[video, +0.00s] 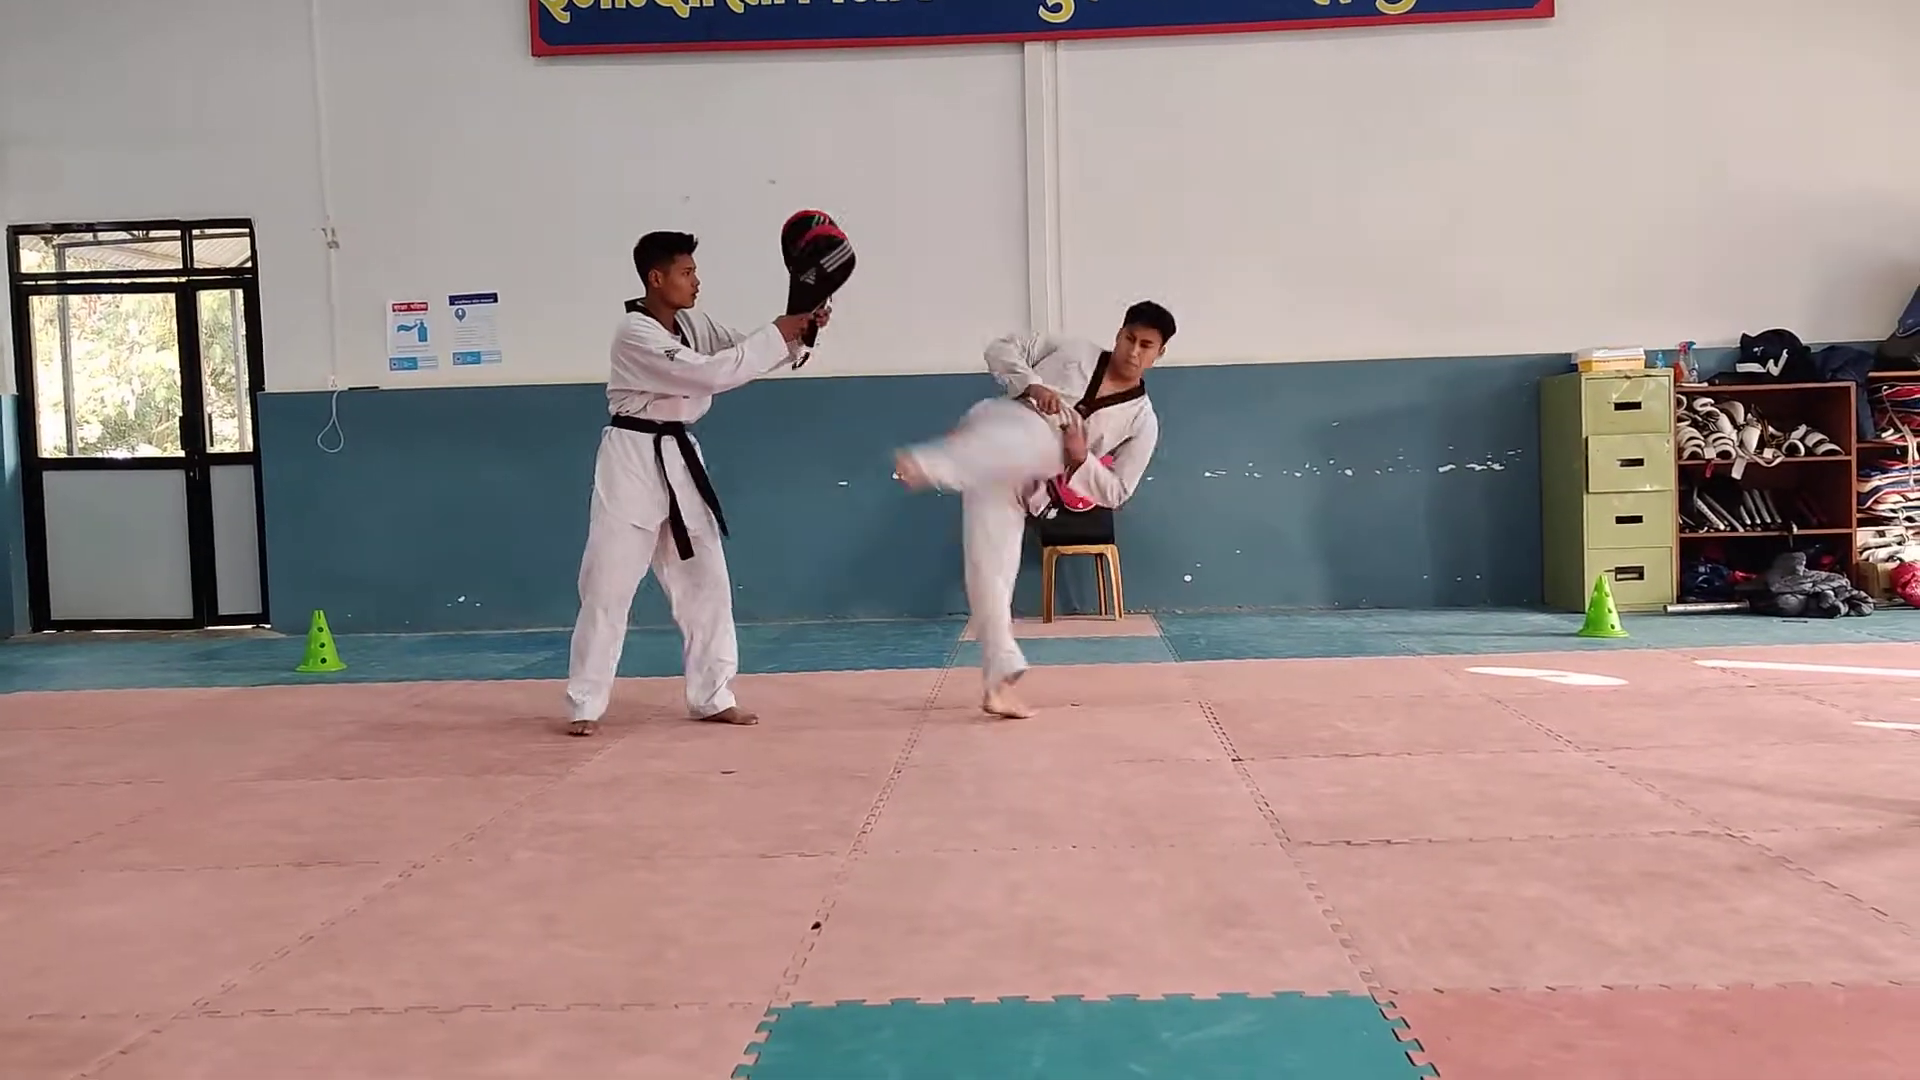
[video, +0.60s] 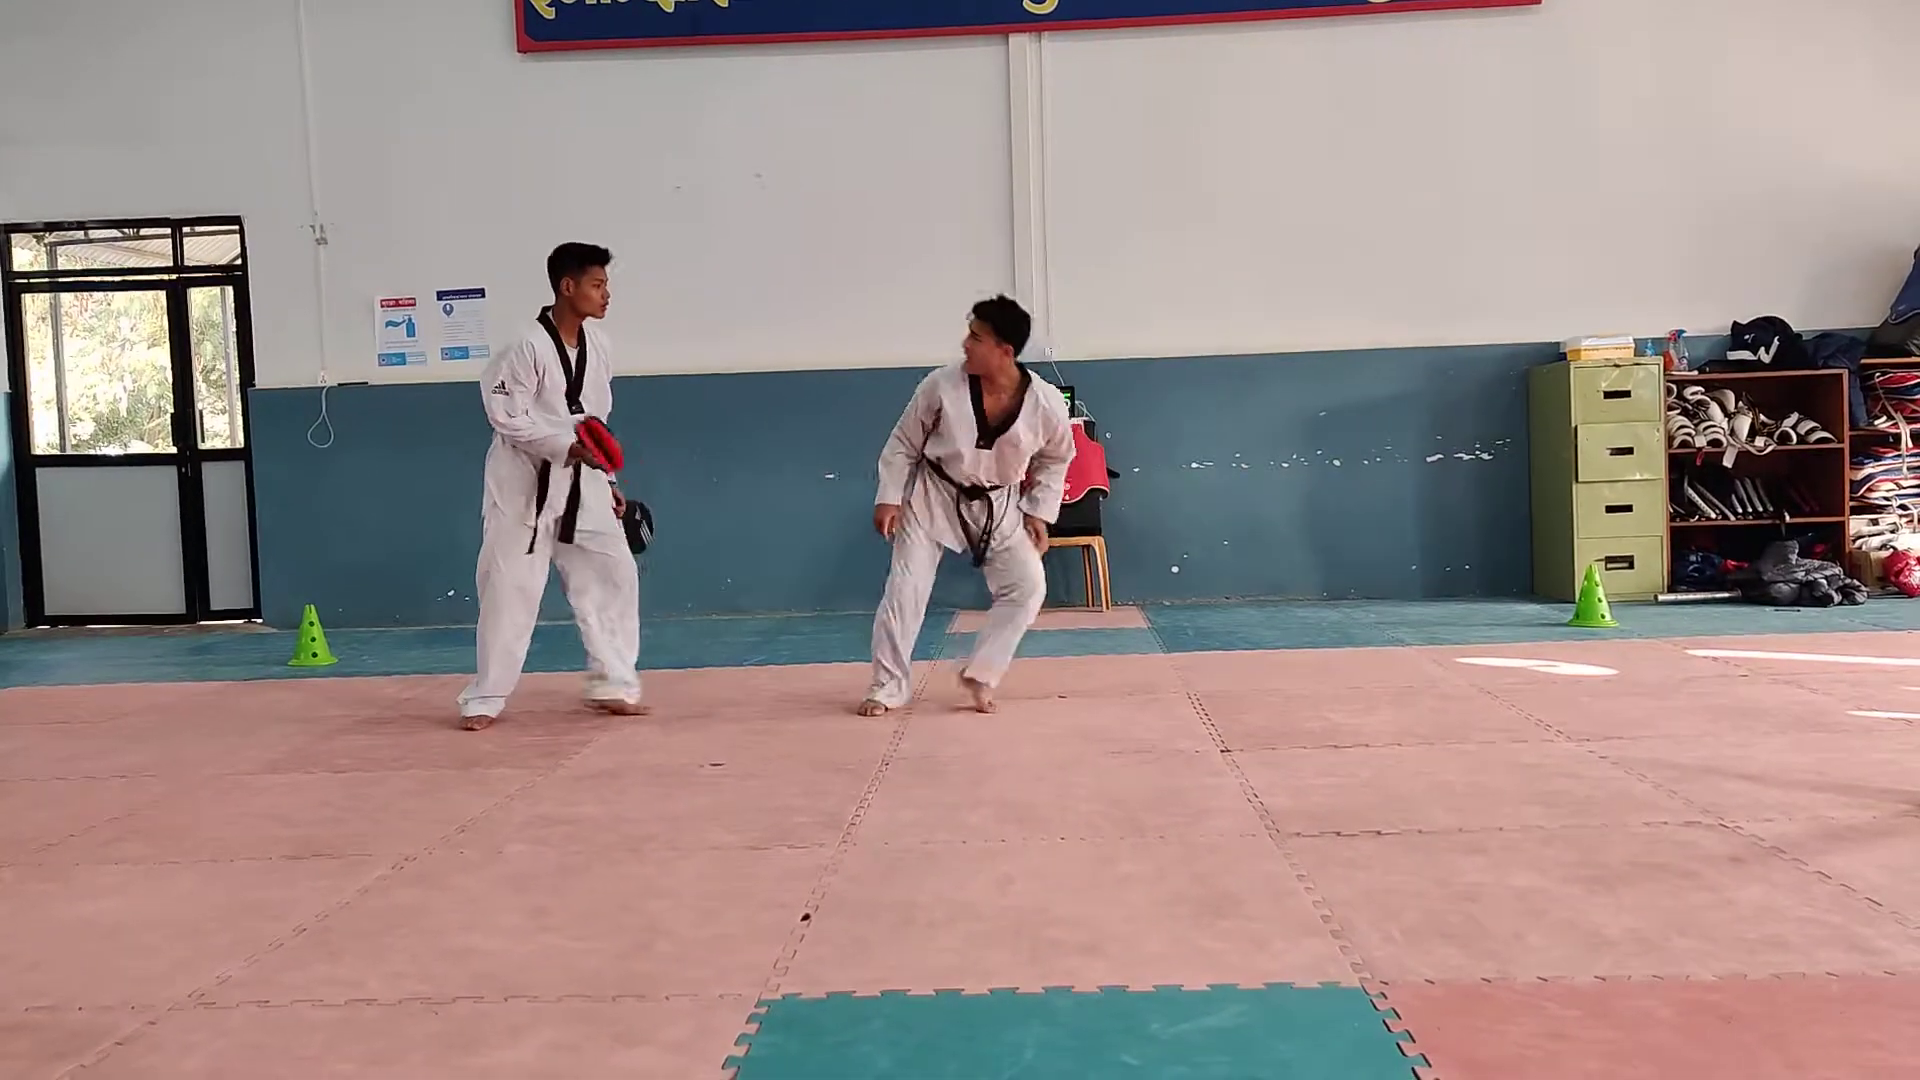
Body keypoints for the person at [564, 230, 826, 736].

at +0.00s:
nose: (696, 280)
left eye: (695, 271)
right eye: (686, 271)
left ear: (678, 278)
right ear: (655, 278)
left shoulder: (697, 326)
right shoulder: (633, 333)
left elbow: (745, 359)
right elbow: (707, 374)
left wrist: (800, 335)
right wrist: (777, 335)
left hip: (681, 459)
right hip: (629, 458)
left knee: (706, 576)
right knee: (608, 580)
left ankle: (711, 696)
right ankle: (585, 705)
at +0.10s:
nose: (679, 280)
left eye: (678, 271)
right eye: (670, 272)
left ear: (661, 279)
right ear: (638, 278)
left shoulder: (682, 326)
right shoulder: (617, 333)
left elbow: (733, 349)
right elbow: (688, 370)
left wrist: (786, 332)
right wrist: (763, 331)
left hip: (663, 459)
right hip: (612, 457)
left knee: (693, 577)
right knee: (585, 576)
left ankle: (705, 695)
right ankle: (550, 695)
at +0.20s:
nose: (652, 281)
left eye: (651, 272)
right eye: (642, 273)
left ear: (629, 279)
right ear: (611, 279)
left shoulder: (653, 330)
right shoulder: (600, 328)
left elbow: (708, 356)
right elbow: (677, 350)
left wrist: (773, 361)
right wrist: (753, 335)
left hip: (640, 462)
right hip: (591, 460)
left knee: (682, 575)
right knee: (549, 585)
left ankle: (699, 693)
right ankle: (494, 699)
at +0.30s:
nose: (638, 284)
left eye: (637, 275)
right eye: (627, 276)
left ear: (620, 283)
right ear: (597, 284)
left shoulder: (635, 338)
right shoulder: (586, 337)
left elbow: (646, 410)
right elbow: (644, 397)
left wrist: (682, 451)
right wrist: (714, 409)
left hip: (620, 465)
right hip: (570, 464)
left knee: (666, 576)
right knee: (528, 579)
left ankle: (696, 692)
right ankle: (482, 701)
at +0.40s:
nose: (626, 296)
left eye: (626, 287)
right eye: (616, 288)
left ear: (606, 294)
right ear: (586, 294)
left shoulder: (617, 348)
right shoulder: (558, 353)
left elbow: (603, 426)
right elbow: (554, 432)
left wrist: (615, 474)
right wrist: (621, 461)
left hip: (601, 481)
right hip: (550, 482)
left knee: (642, 587)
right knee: (519, 595)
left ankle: (692, 690)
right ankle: (481, 704)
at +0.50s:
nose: (612, 298)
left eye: (611, 289)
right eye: (603, 289)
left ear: (588, 295)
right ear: (571, 293)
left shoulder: (602, 348)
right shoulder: (534, 352)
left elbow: (596, 426)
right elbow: (516, 426)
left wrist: (604, 481)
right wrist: (580, 463)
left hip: (588, 480)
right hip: (533, 483)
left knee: (624, 580)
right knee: (515, 590)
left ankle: (671, 684)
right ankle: (485, 701)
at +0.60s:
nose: (606, 293)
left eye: (606, 284)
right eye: (598, 284)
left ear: (583, 289)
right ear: (567, 287)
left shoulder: (597, 346)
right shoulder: (525, 349)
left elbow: (596, 423)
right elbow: (509, 421)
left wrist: (607, 484)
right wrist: (567, 448)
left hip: (580, 475)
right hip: (523, 476)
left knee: (614, 567)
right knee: (509, 580)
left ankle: (609, 680)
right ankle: (485, 698)